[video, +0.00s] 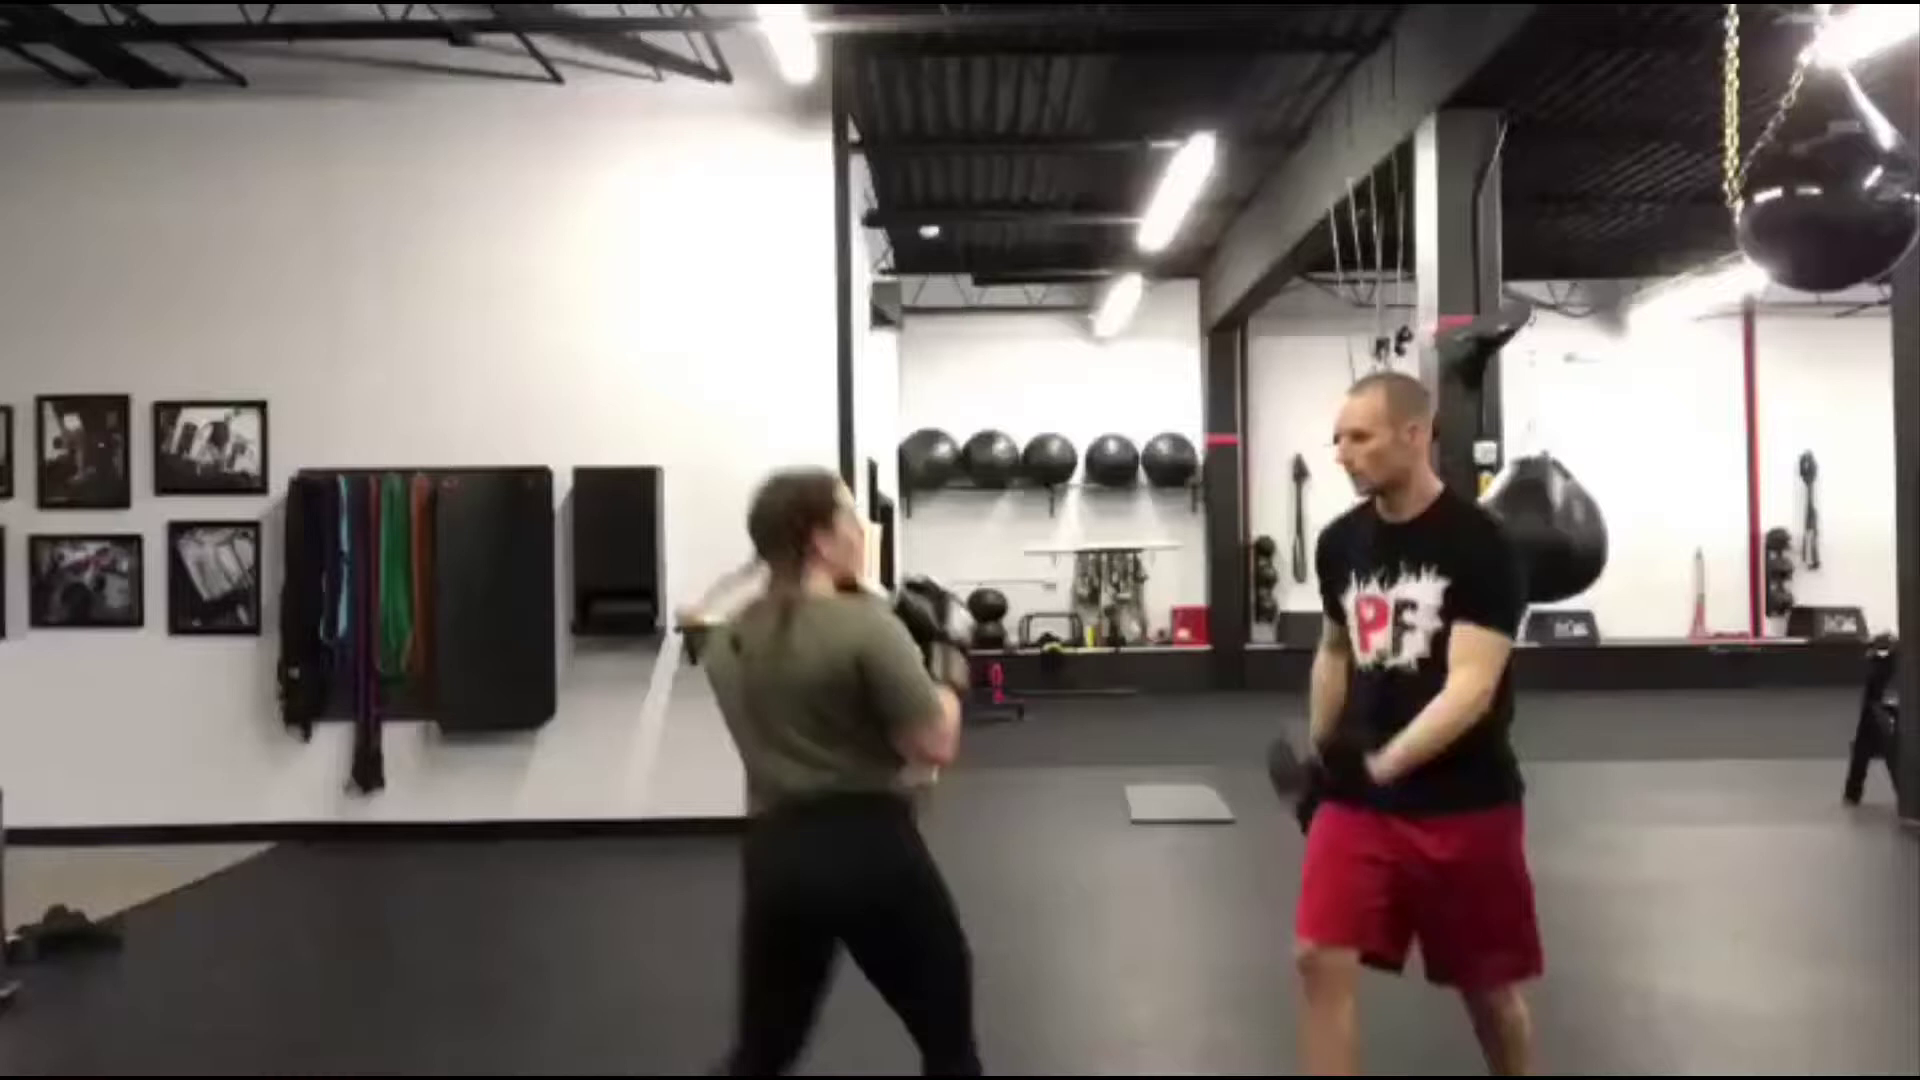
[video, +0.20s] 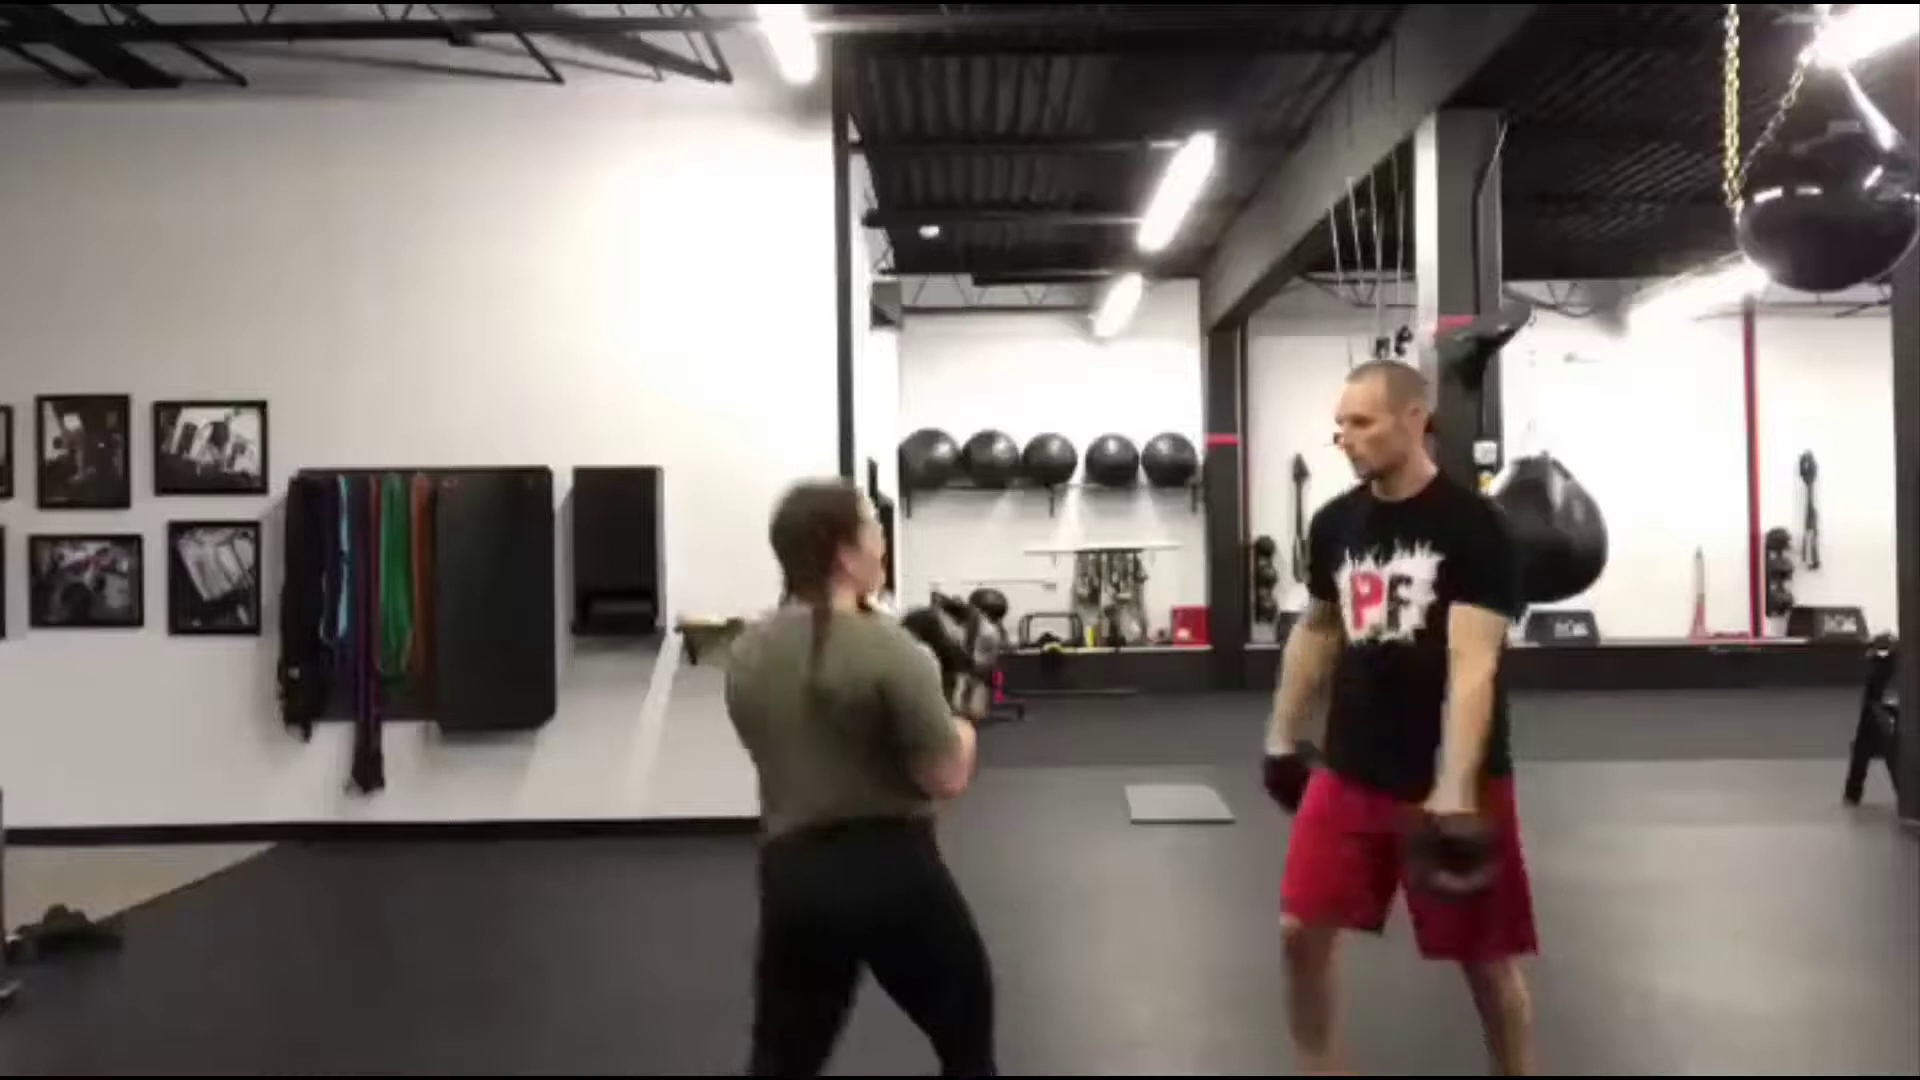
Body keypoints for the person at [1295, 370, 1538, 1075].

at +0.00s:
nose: (1343, 452)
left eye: (1359, 438)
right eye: (1339, 438)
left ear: (1417, 436)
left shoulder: (1481, 543)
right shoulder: (1340, 542)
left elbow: (1471, 689)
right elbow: (1335, 651)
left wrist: (1379, 767)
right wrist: (1318, 748)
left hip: (1465, 808)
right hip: (1358, 801)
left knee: (1493, 995)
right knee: (1321, 963)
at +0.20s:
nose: (1345, 438)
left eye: (1360, 423)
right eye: (1341, 424)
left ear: (1415, 420)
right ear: (1344, 427)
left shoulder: (1475, 526)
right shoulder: (1334, 525)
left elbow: (1474, 666)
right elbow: (1317, 628)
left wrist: (1455, 794)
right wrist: (1283, 735)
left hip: (1452, 783)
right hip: (1349, 776)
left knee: (1490, 964)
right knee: (1302, 935)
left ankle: (1512, 1066)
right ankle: (1316, 1063)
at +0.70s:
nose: (1284, 460)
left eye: (1297, 446)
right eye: (1277, 447)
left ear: (1340, 443)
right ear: (1274, 450)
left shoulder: (1405, 532)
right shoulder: (1265, 545)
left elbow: (1452, 643)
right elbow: (1244, 644)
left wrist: (1424, 745)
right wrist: (1251, 725)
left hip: (1403, 761)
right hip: (1310, 766)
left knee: (1459, 916)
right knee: (1298, 917)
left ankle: (1511, 1055)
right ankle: (1283, 1054)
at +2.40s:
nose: (1365, 475)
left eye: (1379, 461)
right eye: (1356, 463)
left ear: (1415, 461)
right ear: (1347, 469)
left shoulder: (1464, 552)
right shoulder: (1323, 553)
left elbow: (1497, 669)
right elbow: (1282, 649)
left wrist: (1416, 717)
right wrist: (1277, 628)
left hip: (1452, 778)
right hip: (1347, 776)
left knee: (1509, 920)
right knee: (1307, 913)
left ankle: (1543, 1044)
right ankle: (1265, 1064)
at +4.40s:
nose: (1330, 501)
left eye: (1344, 489)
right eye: (1327, 489)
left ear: (1386, 493)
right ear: (1324, 494)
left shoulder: (1437, 567)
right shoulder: (1303, 572)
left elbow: (1462, 680)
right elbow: (1258, 672)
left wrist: (1417, 627)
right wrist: (1266, 648)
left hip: (1425, 777)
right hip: (1324, 774)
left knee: (1489, 914)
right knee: (1283, 906)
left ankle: (1509, 1027)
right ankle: (1245, 1053)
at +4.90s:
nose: (1293, 489)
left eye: (1307, 476)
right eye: (1286, 477)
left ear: (1342, 481)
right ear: (1277, 485)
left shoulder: (1388, 555)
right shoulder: (1263, 563)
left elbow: (1414, 643)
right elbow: (1228, 643)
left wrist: (1370, 548)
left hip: (1396, 772)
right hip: (1293, 774)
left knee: (1472, 908)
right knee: (1264, 906)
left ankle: (1500, 1017)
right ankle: (1241, 1052)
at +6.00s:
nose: (1301, 501)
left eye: (1314, 487)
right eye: (1289, 489)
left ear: (1342, 490)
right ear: (1278, 496)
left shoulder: (1391, 561)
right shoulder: (1266, 568)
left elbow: (1435, 665)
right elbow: (1234, 649)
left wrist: (1360, 660)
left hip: (1405, 778)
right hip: (1311, 778)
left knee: (1469, 914)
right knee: (1264, 914)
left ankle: (1514, 1022)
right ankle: (1235, 1047)